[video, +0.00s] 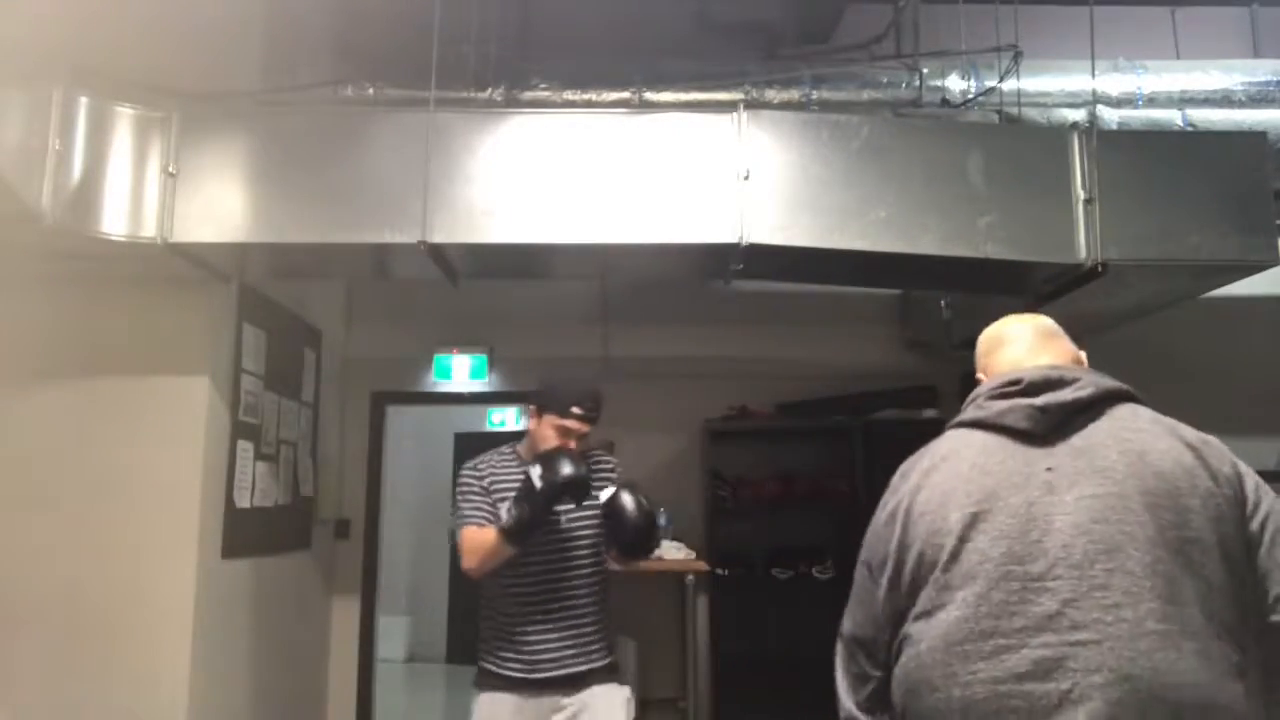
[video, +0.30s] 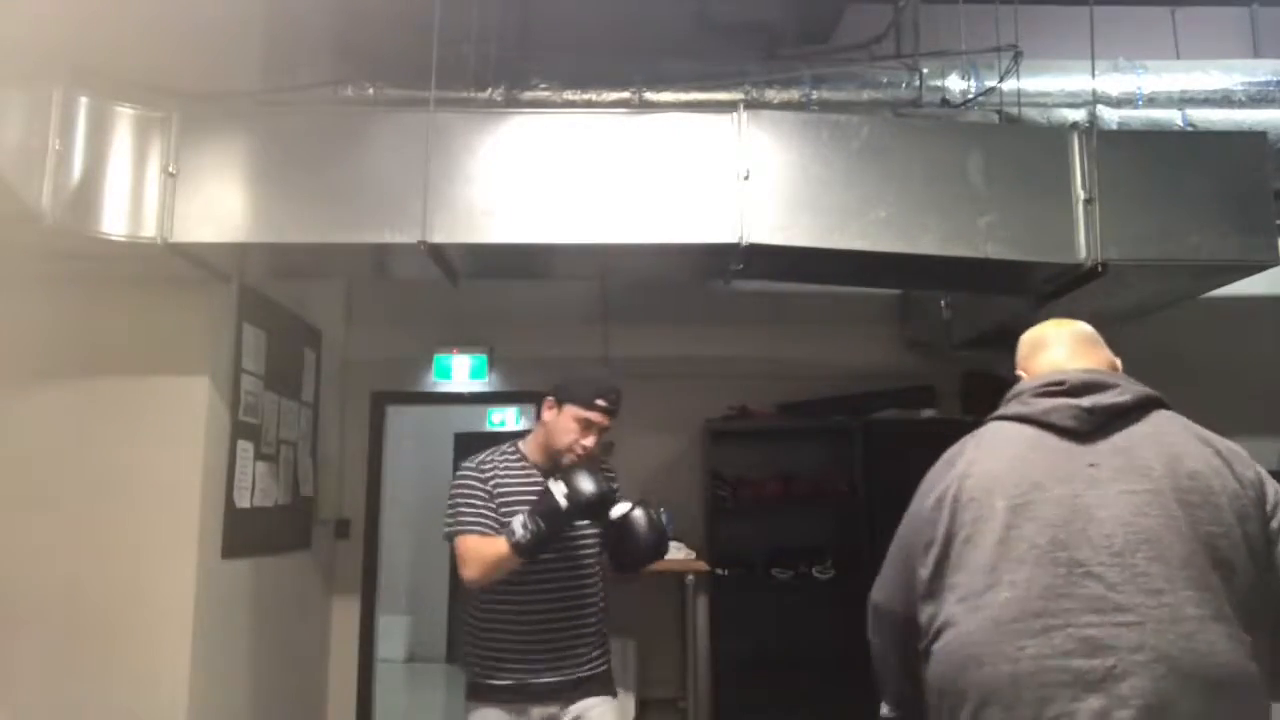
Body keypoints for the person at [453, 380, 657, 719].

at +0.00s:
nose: (571, 446)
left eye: (581, 437)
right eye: (562, 432)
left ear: (591, 432)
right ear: (532, 417)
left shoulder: (601, 469)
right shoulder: (480, 473)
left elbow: (619, 559)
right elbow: (473, 560)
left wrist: (635, 538)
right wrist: (529, 509)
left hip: (592, 683)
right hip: (510, 687)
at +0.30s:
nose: (591, 443)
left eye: (600, 433)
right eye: (583, 425)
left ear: (607, 432)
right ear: (549, 410)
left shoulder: (599, 478)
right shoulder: (479, 473)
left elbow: (614, 570)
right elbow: (474, 569)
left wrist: (632, 548)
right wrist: (545, 516)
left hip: (588, 690)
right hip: (502, 695)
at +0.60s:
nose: (624, 440)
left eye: (631, 430)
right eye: (619, 421)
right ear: (581, 400)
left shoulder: (608, 472)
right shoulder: (495, 457)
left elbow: (630, 567)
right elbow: (456, 561)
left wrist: (648, 520)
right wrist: (550, 540)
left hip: (586, 696)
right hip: (498, 698)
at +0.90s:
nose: (559, 446)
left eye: (566, 433)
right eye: (553, 427)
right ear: (511, 407)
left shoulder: (536, 482)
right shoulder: (424, 474)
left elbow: (550, 576)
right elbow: (408, 589)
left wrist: (577, 554)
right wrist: (500, 553)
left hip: (528, 699)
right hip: (445, 703)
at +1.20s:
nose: (499, 432)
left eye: (505, 419)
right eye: (494, 413)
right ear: (453, 390)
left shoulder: (460, 464)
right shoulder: (365, 451)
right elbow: (371, 567)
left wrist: (518, 544)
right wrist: (468, 515)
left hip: (453, 694)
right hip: (365, 701)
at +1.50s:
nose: (509, 434)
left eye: (515, 424)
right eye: (506, 417)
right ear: (463, 395)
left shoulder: (465, 467)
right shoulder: (373, 451)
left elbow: (504, 551)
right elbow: (416, 544)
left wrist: (557, 496)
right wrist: (498, 483)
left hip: (452, 697)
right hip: (365, 702)